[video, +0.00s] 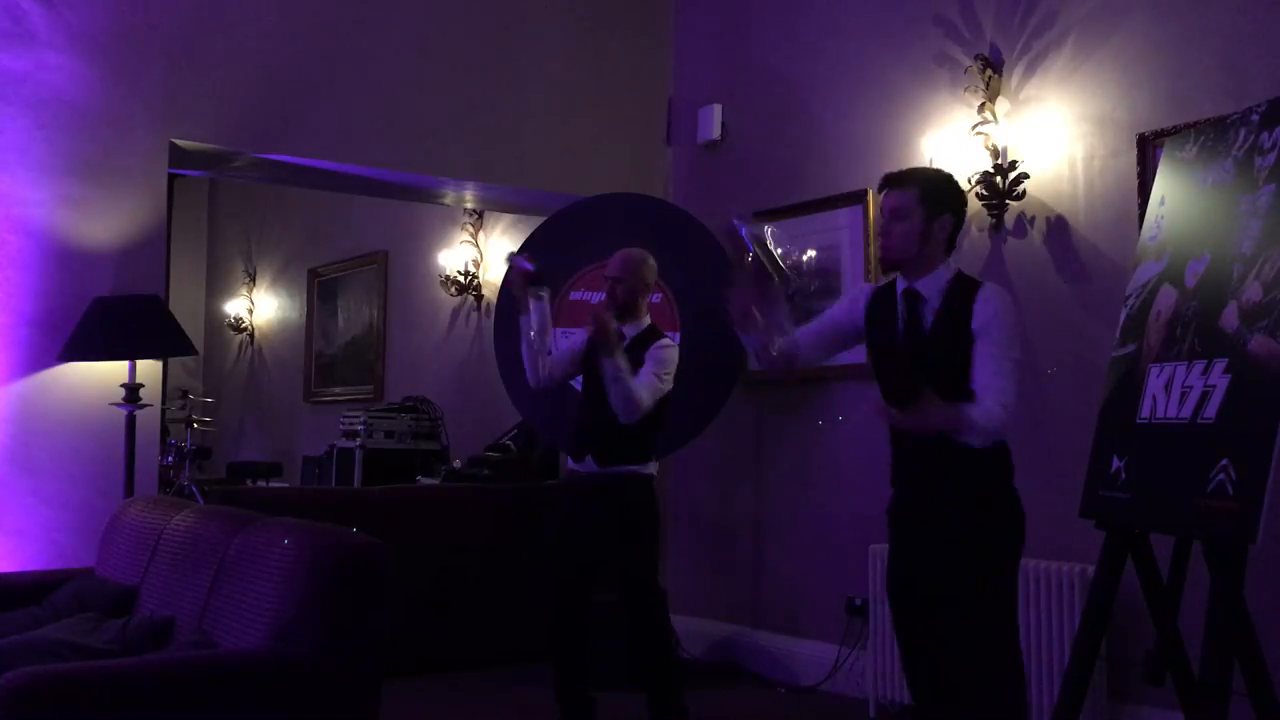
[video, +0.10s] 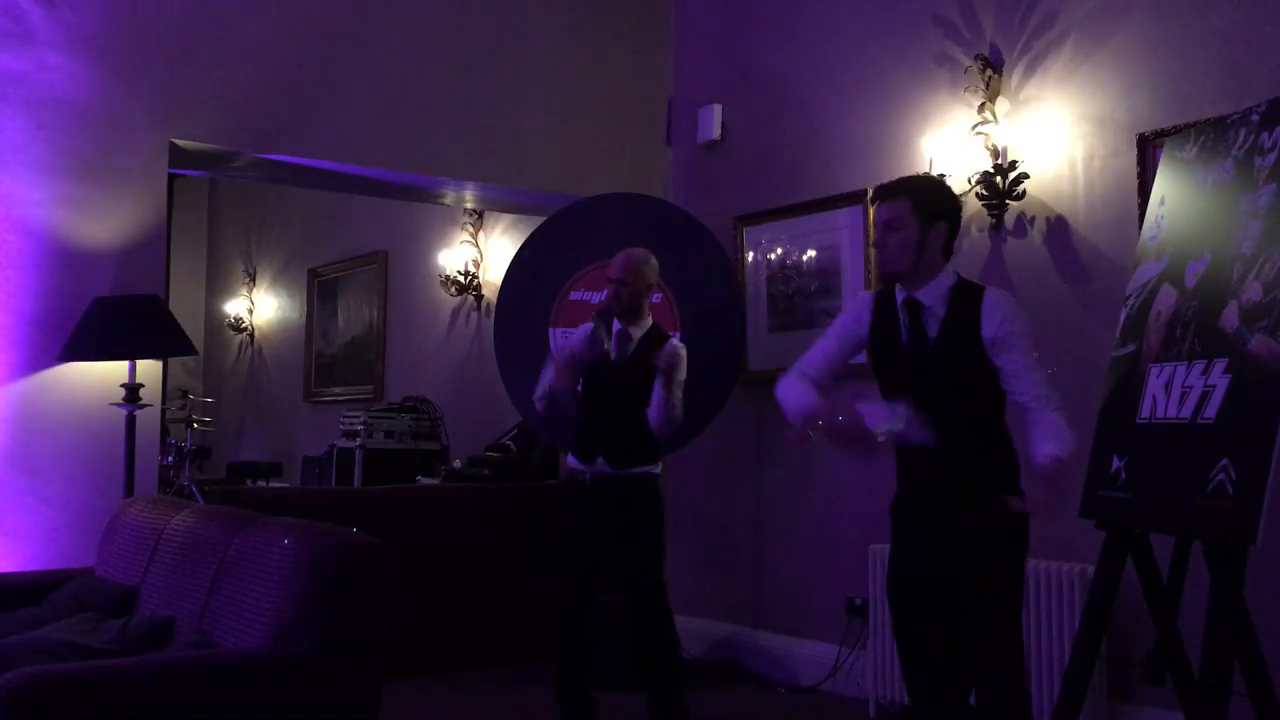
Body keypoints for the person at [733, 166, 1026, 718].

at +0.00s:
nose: (881, 229)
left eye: (896, 217)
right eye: (880, 217)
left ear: (940, 226)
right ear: (880, 224)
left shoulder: (985, 304)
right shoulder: (873, 301)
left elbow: (995, 416)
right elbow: (786, 353)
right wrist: (761, 310)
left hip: (978, 503)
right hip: (913, 504)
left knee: (983, 659)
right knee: (924, 663)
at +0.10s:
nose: (879, 243)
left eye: (892, 229)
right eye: (878, 231)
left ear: (937, 235)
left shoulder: (990, 309)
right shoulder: (872, 310)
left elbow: (1040, 404)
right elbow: (795, 384)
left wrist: (1044, 459)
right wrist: (821, 414)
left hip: (988, 501)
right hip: (916, 503)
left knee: (992, 665)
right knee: (925, 668)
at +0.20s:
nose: (877, 249)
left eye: (889, 236)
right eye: (875, 237)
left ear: (936, 239)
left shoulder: (1000, 313)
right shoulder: (874, 320)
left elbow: (1073, 404)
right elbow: (819, 414)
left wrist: (1113, 495)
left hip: (995, 513)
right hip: (919, 514)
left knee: (999, 684)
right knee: (928, 685)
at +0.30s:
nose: (880, 251)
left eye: (891, 237)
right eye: (879, 238)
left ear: (938, 239)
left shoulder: (1009, 313)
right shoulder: (884, 320)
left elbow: (1089, 402)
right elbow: (825, 413)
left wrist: (1137, 498)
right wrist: (815, 504)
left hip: (1003, 515)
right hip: (928, 515)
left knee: (1002, 682)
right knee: (927, 681)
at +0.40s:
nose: (888, 247)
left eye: (898, 233)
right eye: (889, 234)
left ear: (940, 236)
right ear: (928, 239)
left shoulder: (1014, 313)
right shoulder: (902, 314)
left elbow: (1094, 400)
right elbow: (824, 371)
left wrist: (1134, 499)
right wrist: (772, 448)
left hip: (1007, 521)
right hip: (936, 520)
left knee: (1005, 684)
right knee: (930, 680)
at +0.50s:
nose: (900, 239)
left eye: (910, 225)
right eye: (902, 226)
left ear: (949, 231)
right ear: (945, 233)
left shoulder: (1021, 310)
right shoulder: (921, 300)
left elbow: (1105, 404)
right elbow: (840, 308)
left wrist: (1114, 510)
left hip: (1004, 524)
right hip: (938, 518)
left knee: (997, 683)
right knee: (928, 677)